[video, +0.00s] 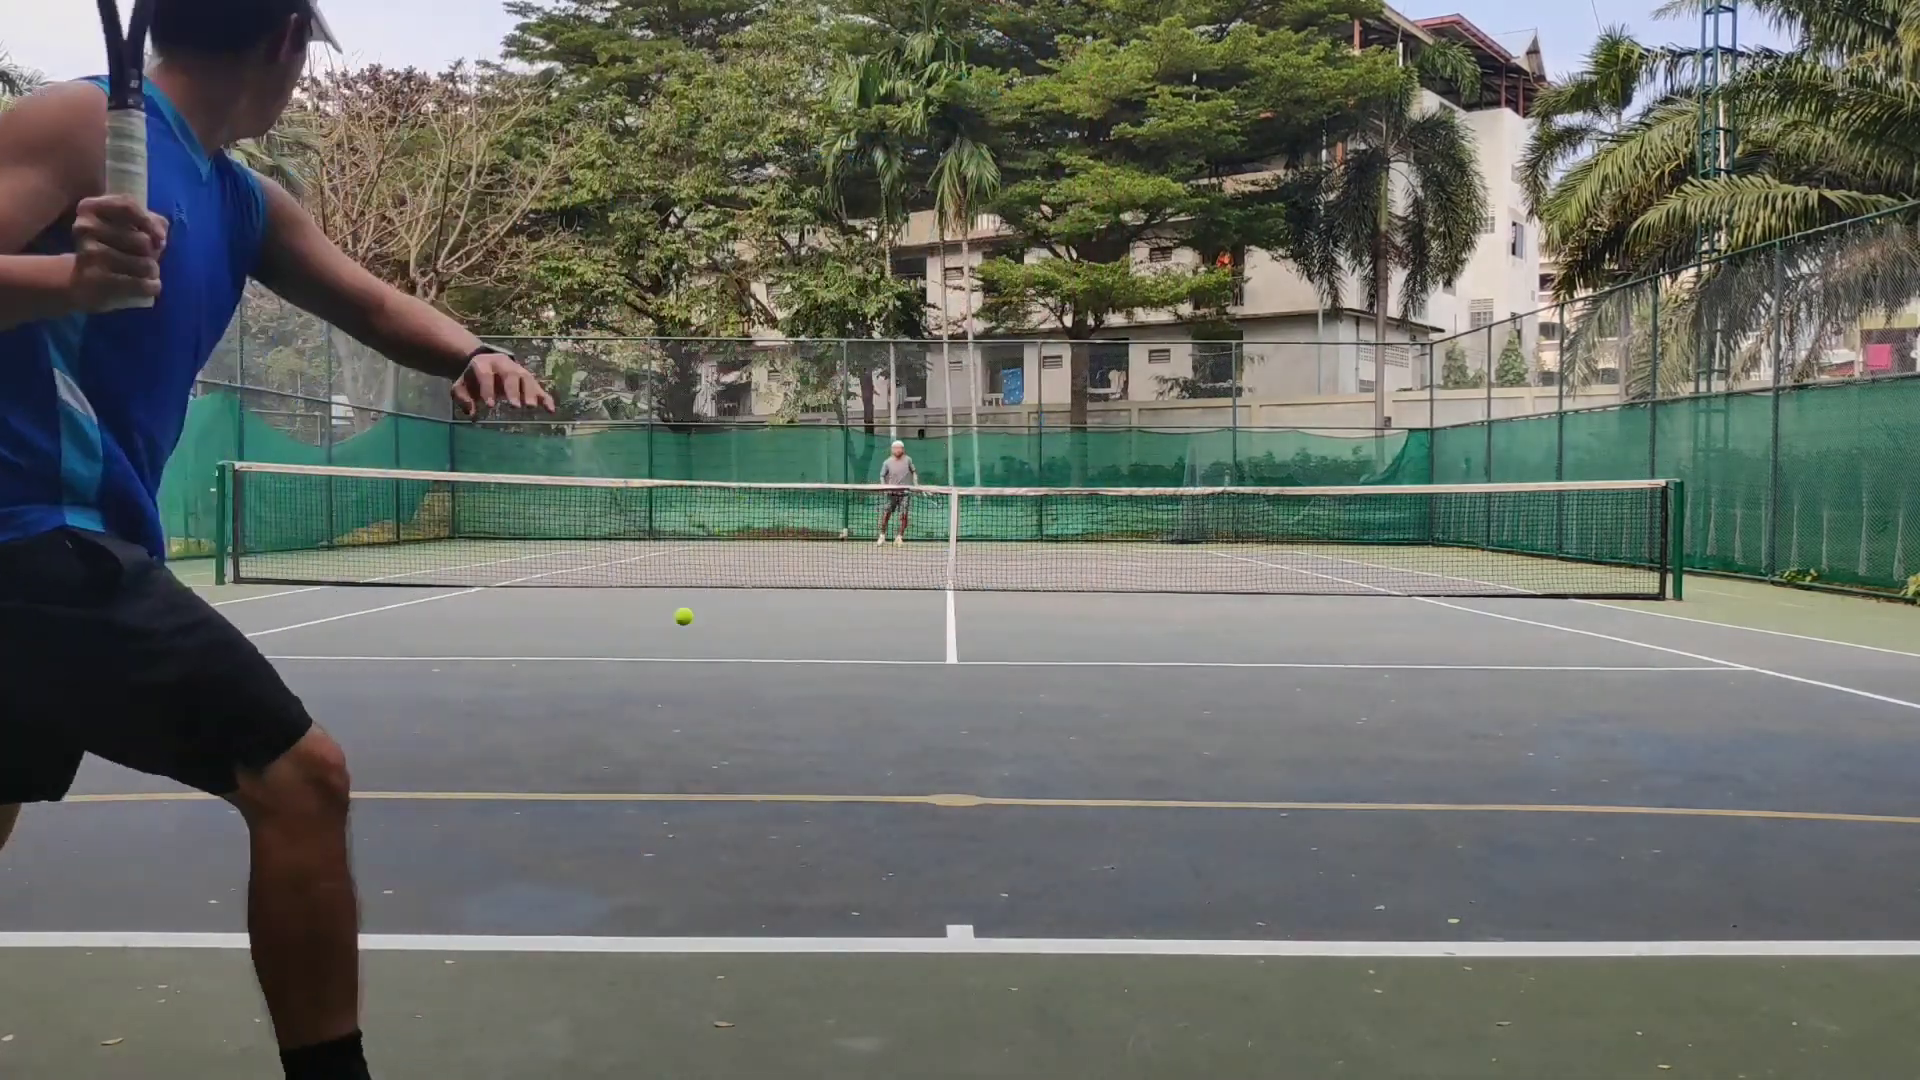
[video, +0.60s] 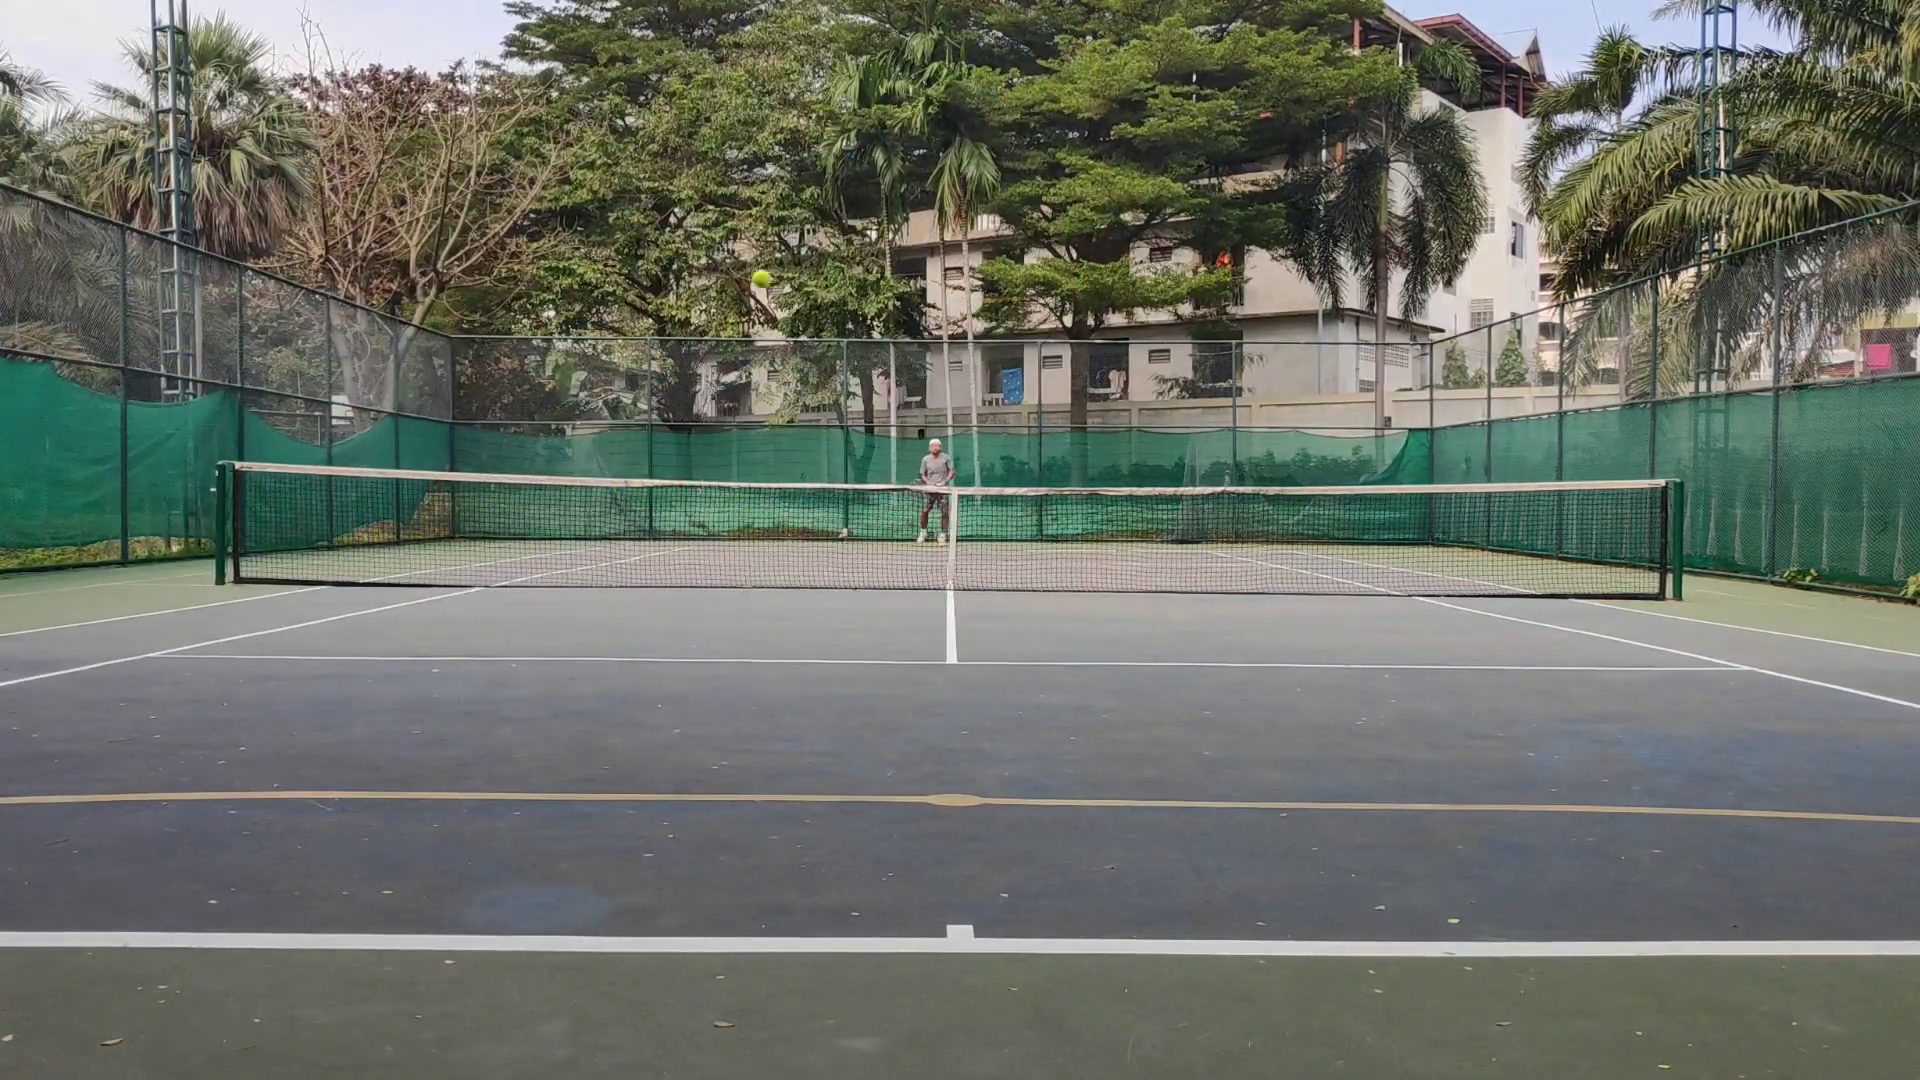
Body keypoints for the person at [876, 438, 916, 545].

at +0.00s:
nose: (897, 450)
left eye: (899, 448)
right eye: (895, 448)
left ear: (903, 449)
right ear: (892, 450)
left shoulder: (907, 460)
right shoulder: (887, 462)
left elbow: (914, 472)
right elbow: (882, 476)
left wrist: (916, 485)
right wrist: (884, 486)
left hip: (904, 490)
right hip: (891, 490)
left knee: (904, 515)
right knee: (887, 513)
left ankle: (900, 535)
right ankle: (882, 534)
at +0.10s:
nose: (904, 450)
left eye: (906, 448)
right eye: (902, 448)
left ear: (908, 449)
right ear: (898, 449)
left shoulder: (912, 459)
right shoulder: (892, 461)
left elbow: (916, 472)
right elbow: (888, 475)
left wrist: (915, 484)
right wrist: (891, 484)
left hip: (909, 488)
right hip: (897, 488)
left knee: (911, 512)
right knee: (895, 512)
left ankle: (909, 534)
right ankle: (893, 534)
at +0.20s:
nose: (909, 453)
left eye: (911, 451)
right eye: (907, 451)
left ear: (914, 452)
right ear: (903, 452)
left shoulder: (918, 463)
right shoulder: (898, 464)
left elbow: (921, 476)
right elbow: (894, 478)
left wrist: (919, 485)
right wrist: (897, 487)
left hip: (915, 490)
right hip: (902, 490)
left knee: (922, 513)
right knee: (899, 514)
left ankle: (925, 535)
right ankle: (894, 536)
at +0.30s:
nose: (916, 456)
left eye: (918, 453)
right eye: (914, 453)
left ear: (921, 455)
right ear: (910, 455)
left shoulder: (924, 466)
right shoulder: (904, 467)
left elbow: (928, 479)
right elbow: (900, 481)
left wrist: (924, 488)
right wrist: (908, 487)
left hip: (921, 494)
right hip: (908, 495)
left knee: (931, 516)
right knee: (904, 515)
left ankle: (935, 535)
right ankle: (894, 536)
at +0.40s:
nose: (923, 456)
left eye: (925, 453)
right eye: (921, 453)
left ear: (928, 455)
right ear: (918, 455)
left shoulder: (933, 466)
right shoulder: (913, 467)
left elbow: (937, 479)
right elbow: (909, 482)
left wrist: (934, 488)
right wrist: (916, 489)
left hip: (930, 494)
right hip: (918, 495)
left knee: (937, 517)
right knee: (910, 515)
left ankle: (938, 537)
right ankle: (896, 535)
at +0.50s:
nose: (930, 453)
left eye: (932, 450)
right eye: (928, 450)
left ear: (935, 452)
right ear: (924, 452)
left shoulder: (940, 462)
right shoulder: (920, 464)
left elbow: (946, 476)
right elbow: (917, 479)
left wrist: (940, 486)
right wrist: (923, 487)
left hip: (937, 492)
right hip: (925, 492)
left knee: (939, 515)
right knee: (917, 511)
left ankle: (939, 536)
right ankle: (908, 532)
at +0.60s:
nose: (935, 448)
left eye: (937, 446)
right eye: (933, 446)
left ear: (940, 447)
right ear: (930, 448)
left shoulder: (946, 458)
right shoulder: (926, 459)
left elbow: (952, 471)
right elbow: (922, 474)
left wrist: (945, 481)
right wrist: (928, 482)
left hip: (943, 486)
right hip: (930, 486)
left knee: (945, 511)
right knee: (926, 510)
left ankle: (944, 533)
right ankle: (923, 531)